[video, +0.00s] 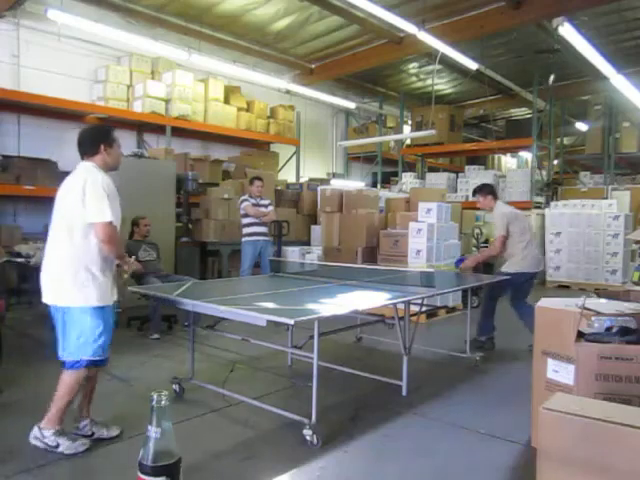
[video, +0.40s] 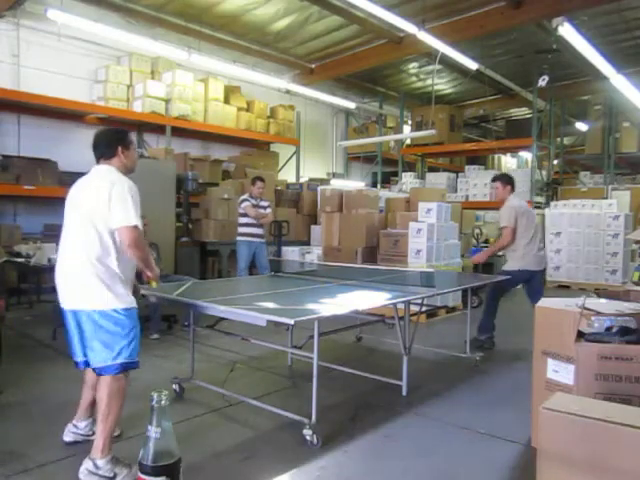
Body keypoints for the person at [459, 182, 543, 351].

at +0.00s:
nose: (479, 205)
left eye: (480, 200)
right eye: (478, 201)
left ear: (489, 197)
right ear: (492, 198)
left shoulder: (501, 212)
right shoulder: (510, 210)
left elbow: (497, 248)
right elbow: (502, 247)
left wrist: (474, 260)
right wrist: (481, 255)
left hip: (518, 265)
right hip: (532, 265)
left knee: (490, 295)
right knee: (518, 301)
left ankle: (485, 337)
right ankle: (542, 333)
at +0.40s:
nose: (493, 193)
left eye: (496, 188)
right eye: (493, 188)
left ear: (508, 188)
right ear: (510, 189)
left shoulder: (509, 207)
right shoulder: (525, 206)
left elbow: (507, 238)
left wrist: (485, 254)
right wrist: (493, 249)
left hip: (519, 265)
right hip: (537, 265)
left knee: (494, 293)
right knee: (541, 307)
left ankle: (485, 335)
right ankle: (551, 341)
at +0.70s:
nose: (531, 192)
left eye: (533, 188)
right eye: (530, 188)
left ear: (545, 187)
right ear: (547, 189)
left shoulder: (547, 207)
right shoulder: (560, 207)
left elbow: (549, 237)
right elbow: (557, 239)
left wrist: (531, 254)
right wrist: (535, 253)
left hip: (556, 267)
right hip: (569, 267)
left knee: (529, 299)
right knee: (566, 310)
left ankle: (504, 335)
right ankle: (567, 345)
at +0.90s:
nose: (540, 184)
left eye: (543, 179)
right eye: (539, 180)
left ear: (555, 180)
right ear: (554, 181)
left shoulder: (560, 196)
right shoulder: (566, 195)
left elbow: (560, 228)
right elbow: (561, 227)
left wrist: (537, 234)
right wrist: (539, 233)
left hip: (572, 259)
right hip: (583, 258)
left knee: (550, 303)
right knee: (574, 303)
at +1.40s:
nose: (535, 197)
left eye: (537, 192)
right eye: (535, 193)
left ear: (548, 191)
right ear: (548, 192)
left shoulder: (557, 207)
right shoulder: (567, 204)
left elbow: (567, 239)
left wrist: (551, 263)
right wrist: (554, 261)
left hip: (586, 262)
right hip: (596, 260)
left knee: (565, 304)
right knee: (580, 302)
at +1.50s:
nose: (530, 200)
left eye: (532, 196)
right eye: (529, 196)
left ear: (544, 194)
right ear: (545, 195)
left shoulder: (552, 210)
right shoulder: (564, 207)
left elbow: (559, 244)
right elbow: (563, 244)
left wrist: (543, 260)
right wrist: (545, 257)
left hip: (582, 265)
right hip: (595, 263)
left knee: (564, 307)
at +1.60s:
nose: (524, 202)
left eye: (526, 198)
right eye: (523, 198)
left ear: (538, 197)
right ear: (540, 198)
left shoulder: (545, 213)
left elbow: (546, 250)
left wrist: (524, 260)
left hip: (574, 271)